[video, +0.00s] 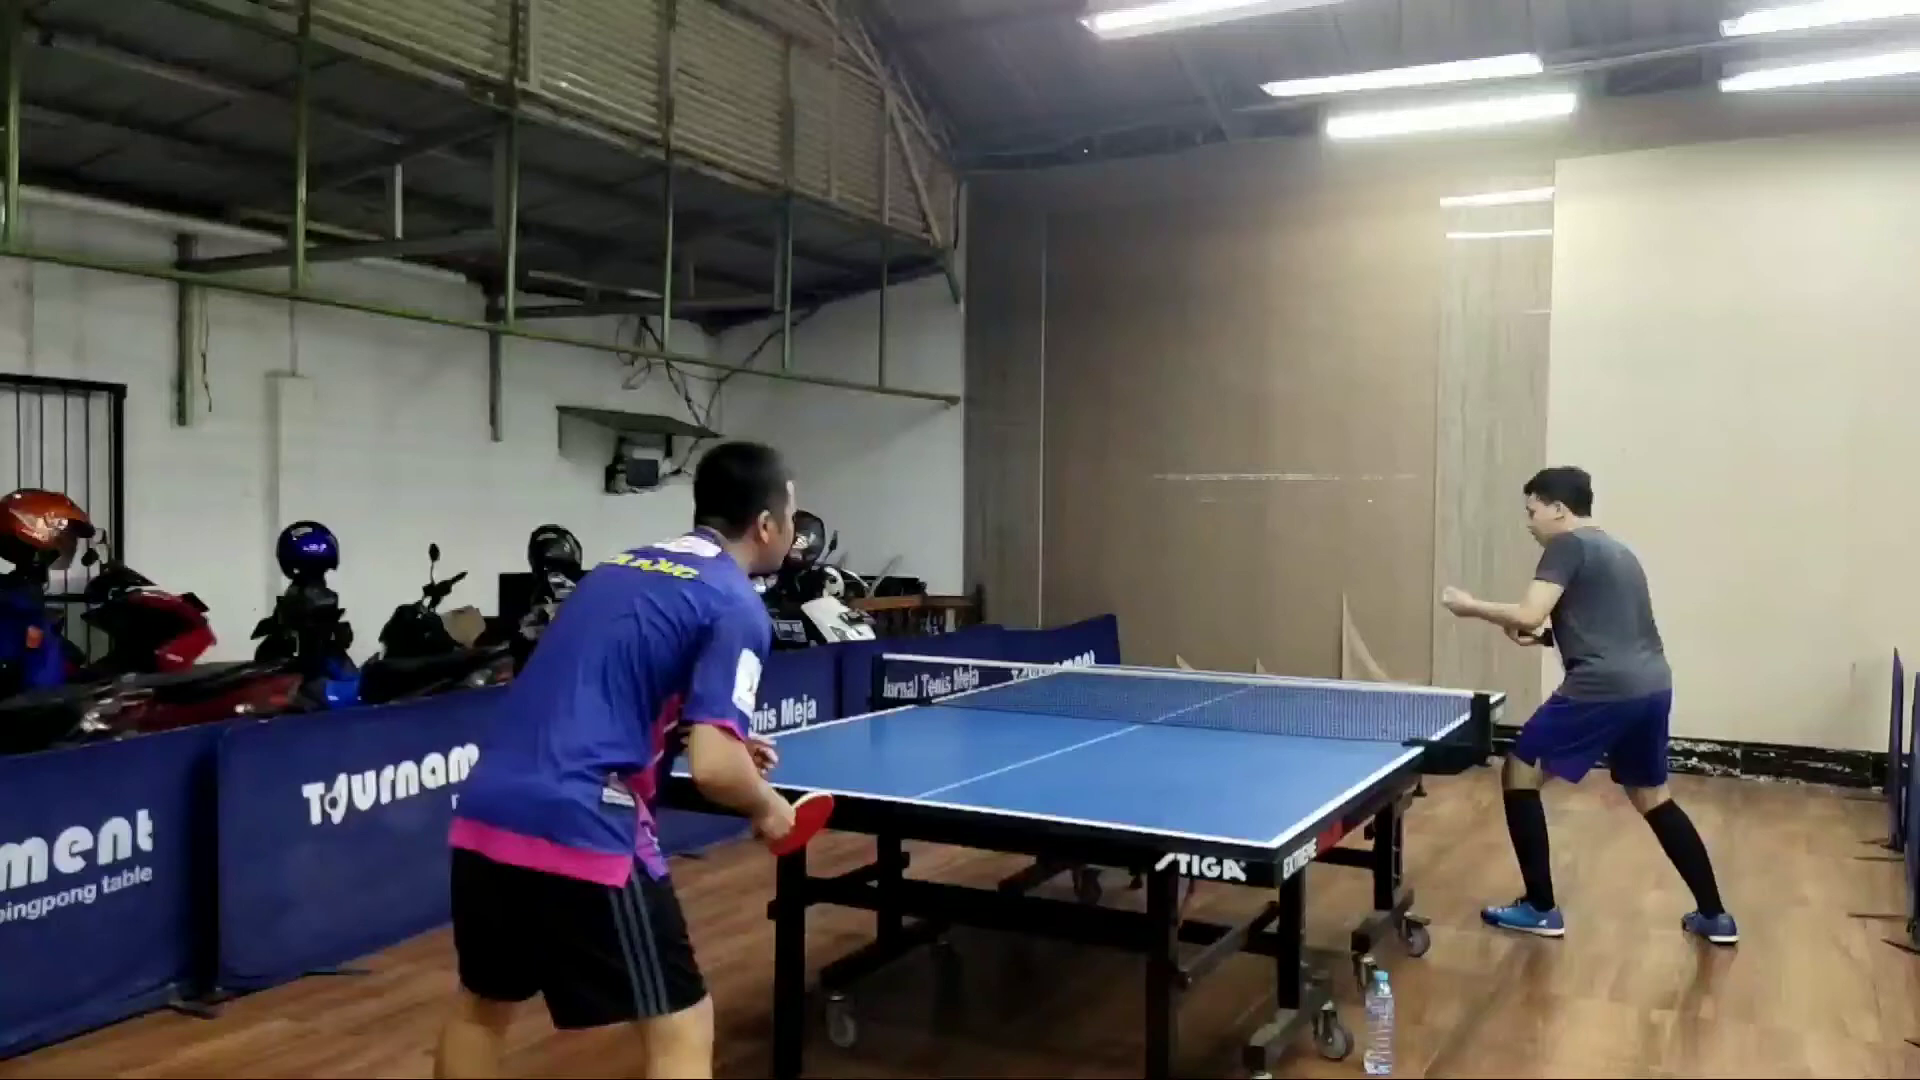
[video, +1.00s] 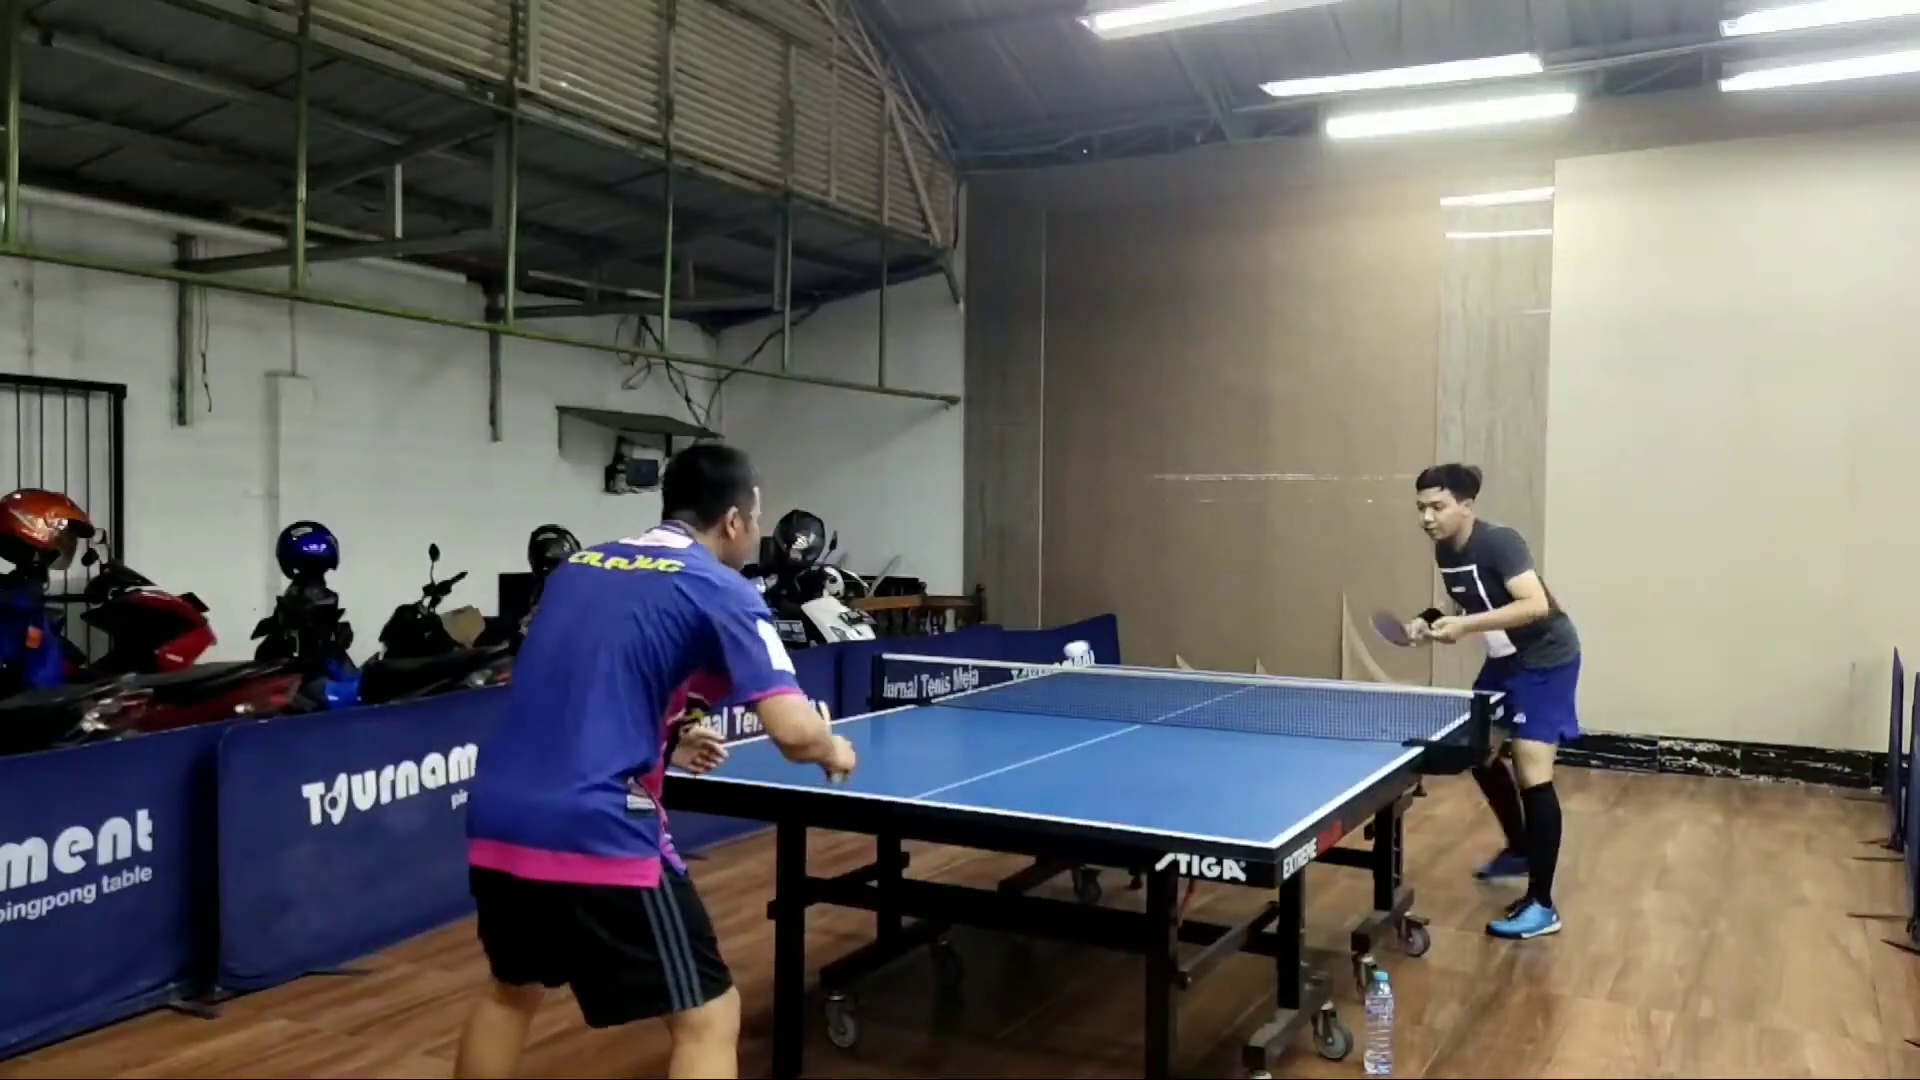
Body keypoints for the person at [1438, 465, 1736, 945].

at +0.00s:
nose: (1528, 521)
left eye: (1532, 510)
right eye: (1527, 511)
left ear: (1558, 508)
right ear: (1574, 510)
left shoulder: (1567, 546)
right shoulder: (1616, 549)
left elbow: (1529, 617)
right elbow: (1606, 626)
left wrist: (1471, 606)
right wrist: (1542, 634)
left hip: (1600, 687)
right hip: (1652, 686)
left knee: (1519, 773)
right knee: (1650, 794)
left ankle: (1539, 905)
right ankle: (1715, 914)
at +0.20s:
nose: (1547, 514)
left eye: (1551, 503)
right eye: (1547, 503)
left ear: (1577, 502)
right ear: (1596, 504)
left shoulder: (1583, 540)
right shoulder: (1638, 547)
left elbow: (1540, 604)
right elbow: (1585, 621)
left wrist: (1484, 594)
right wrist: (1526, 602)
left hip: (1606, 685)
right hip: (1660, 686)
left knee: (1527, 773)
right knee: (1658, 793)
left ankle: (1540, 905)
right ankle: (1715, 914)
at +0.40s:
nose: (1547, 521)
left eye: (1550, 510)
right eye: (1547, 510)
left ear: (1573, 508)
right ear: (1599, 510)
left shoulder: (1577, 541)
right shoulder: (1650, 550)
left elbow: (1559, 601)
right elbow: (1691, 618)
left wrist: (1500, 631)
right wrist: (1637, 607)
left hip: (1613, 683)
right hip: (1670, 683)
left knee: (1530, 771)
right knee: (1669, 791)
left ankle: (1548, 903)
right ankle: (1716, 914)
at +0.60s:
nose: (1489, 551)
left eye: (1490, 539)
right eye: (1486, 541)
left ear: (1518, 530)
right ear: (1532, 531)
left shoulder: (1531, 560)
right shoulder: (1593, 557)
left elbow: (1562, 604)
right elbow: (1657, 605)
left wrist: (1533, 664)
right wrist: (1595, 633)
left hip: (1602, 690)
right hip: (1653, 685)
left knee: (1516, 778)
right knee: (1657, 795)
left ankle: (1547, 910)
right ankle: (1715, 915)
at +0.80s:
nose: (1442, 546)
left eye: (1447, 534)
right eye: (1437, 538)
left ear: (1479, 526)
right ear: (1473, 531)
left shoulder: (1511, 560)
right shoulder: (1497, 571)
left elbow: (1574, 602)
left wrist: (1516, 651)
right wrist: (1495, 644)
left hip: (1566, 683)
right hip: (1588, 679)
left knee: (1504, 783)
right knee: (1560, 782)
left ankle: (1547, 910)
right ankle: (1667, 867)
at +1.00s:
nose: (1427, 517)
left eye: (1436, 506)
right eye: (1422, 509)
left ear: (1465, 505)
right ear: (1423, 511)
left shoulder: (1500, 543)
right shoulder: (1446, 551)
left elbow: (1537, 606)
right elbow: (1472, 606)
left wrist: (1466, 624)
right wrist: (1434, 621)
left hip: (1545, 659)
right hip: (1502, 660)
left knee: (1531, 767)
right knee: (1476, 750)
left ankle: (1542, 903)